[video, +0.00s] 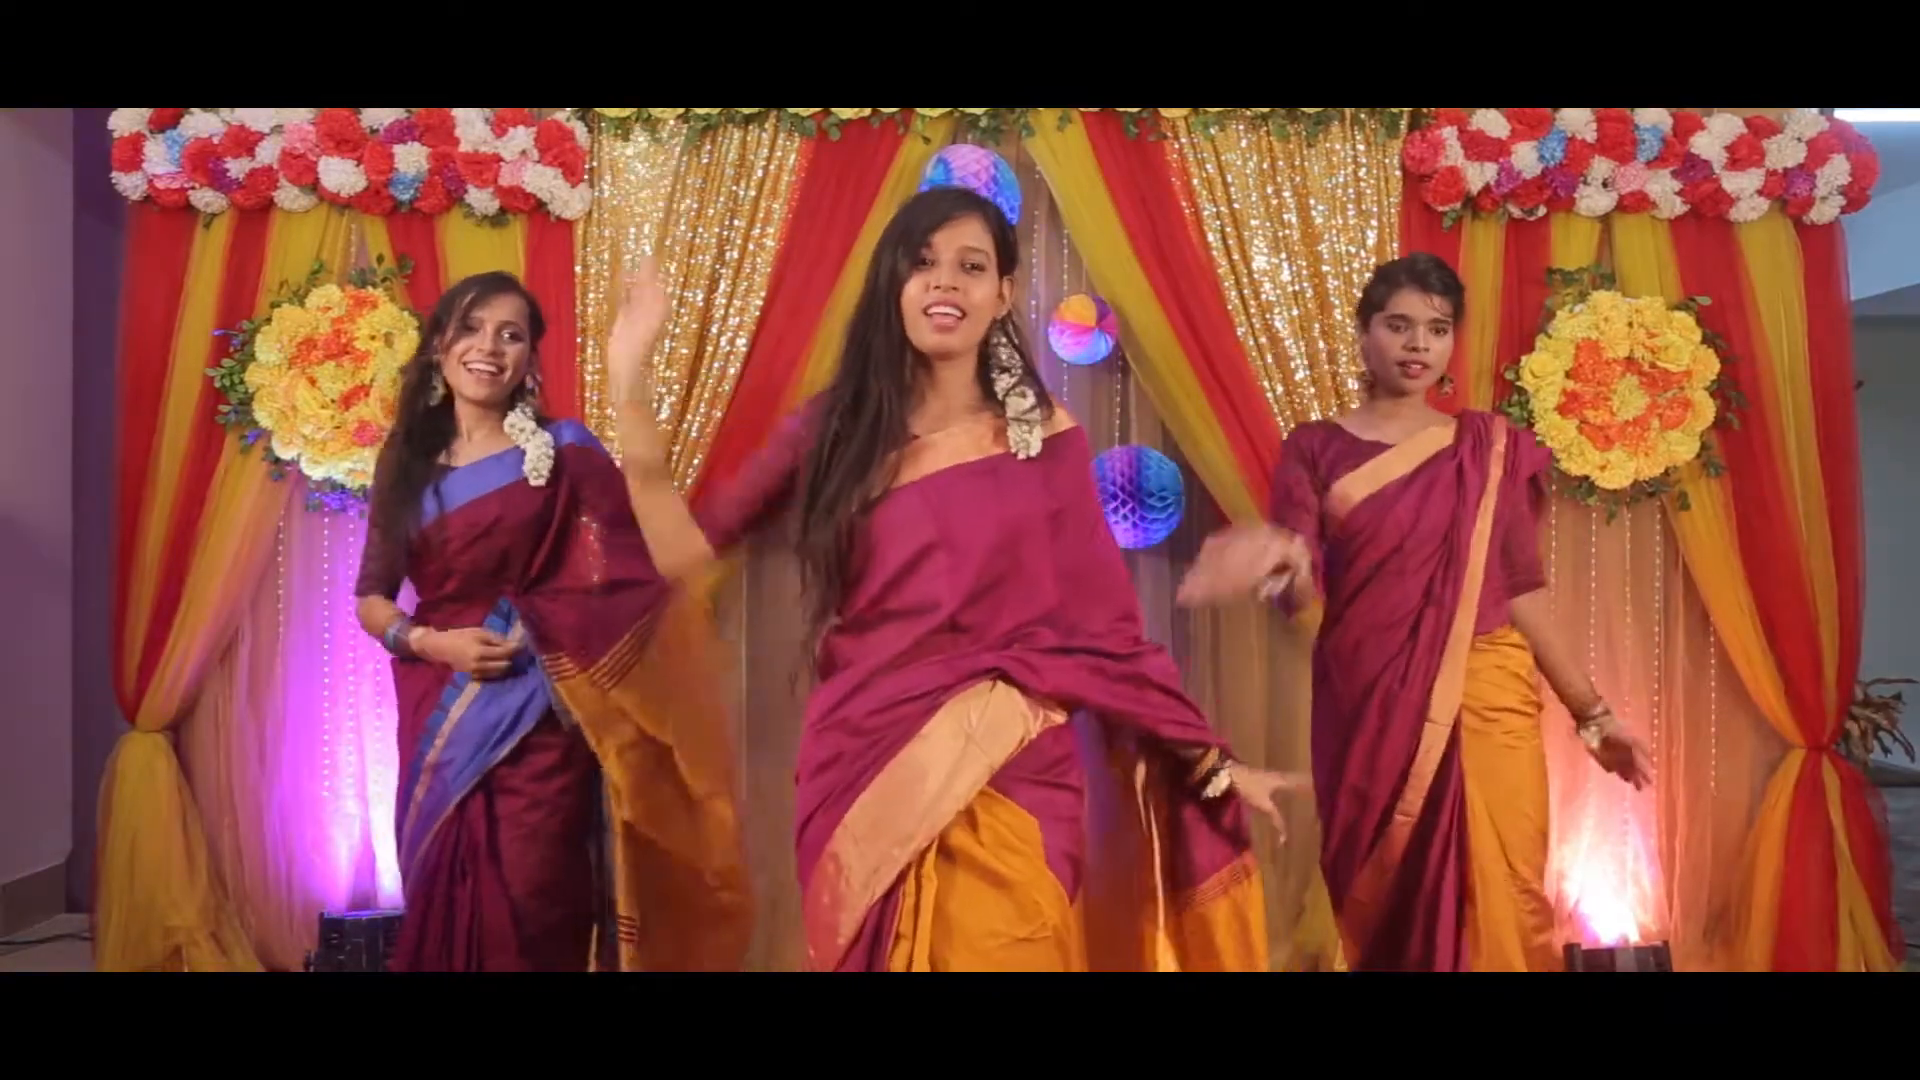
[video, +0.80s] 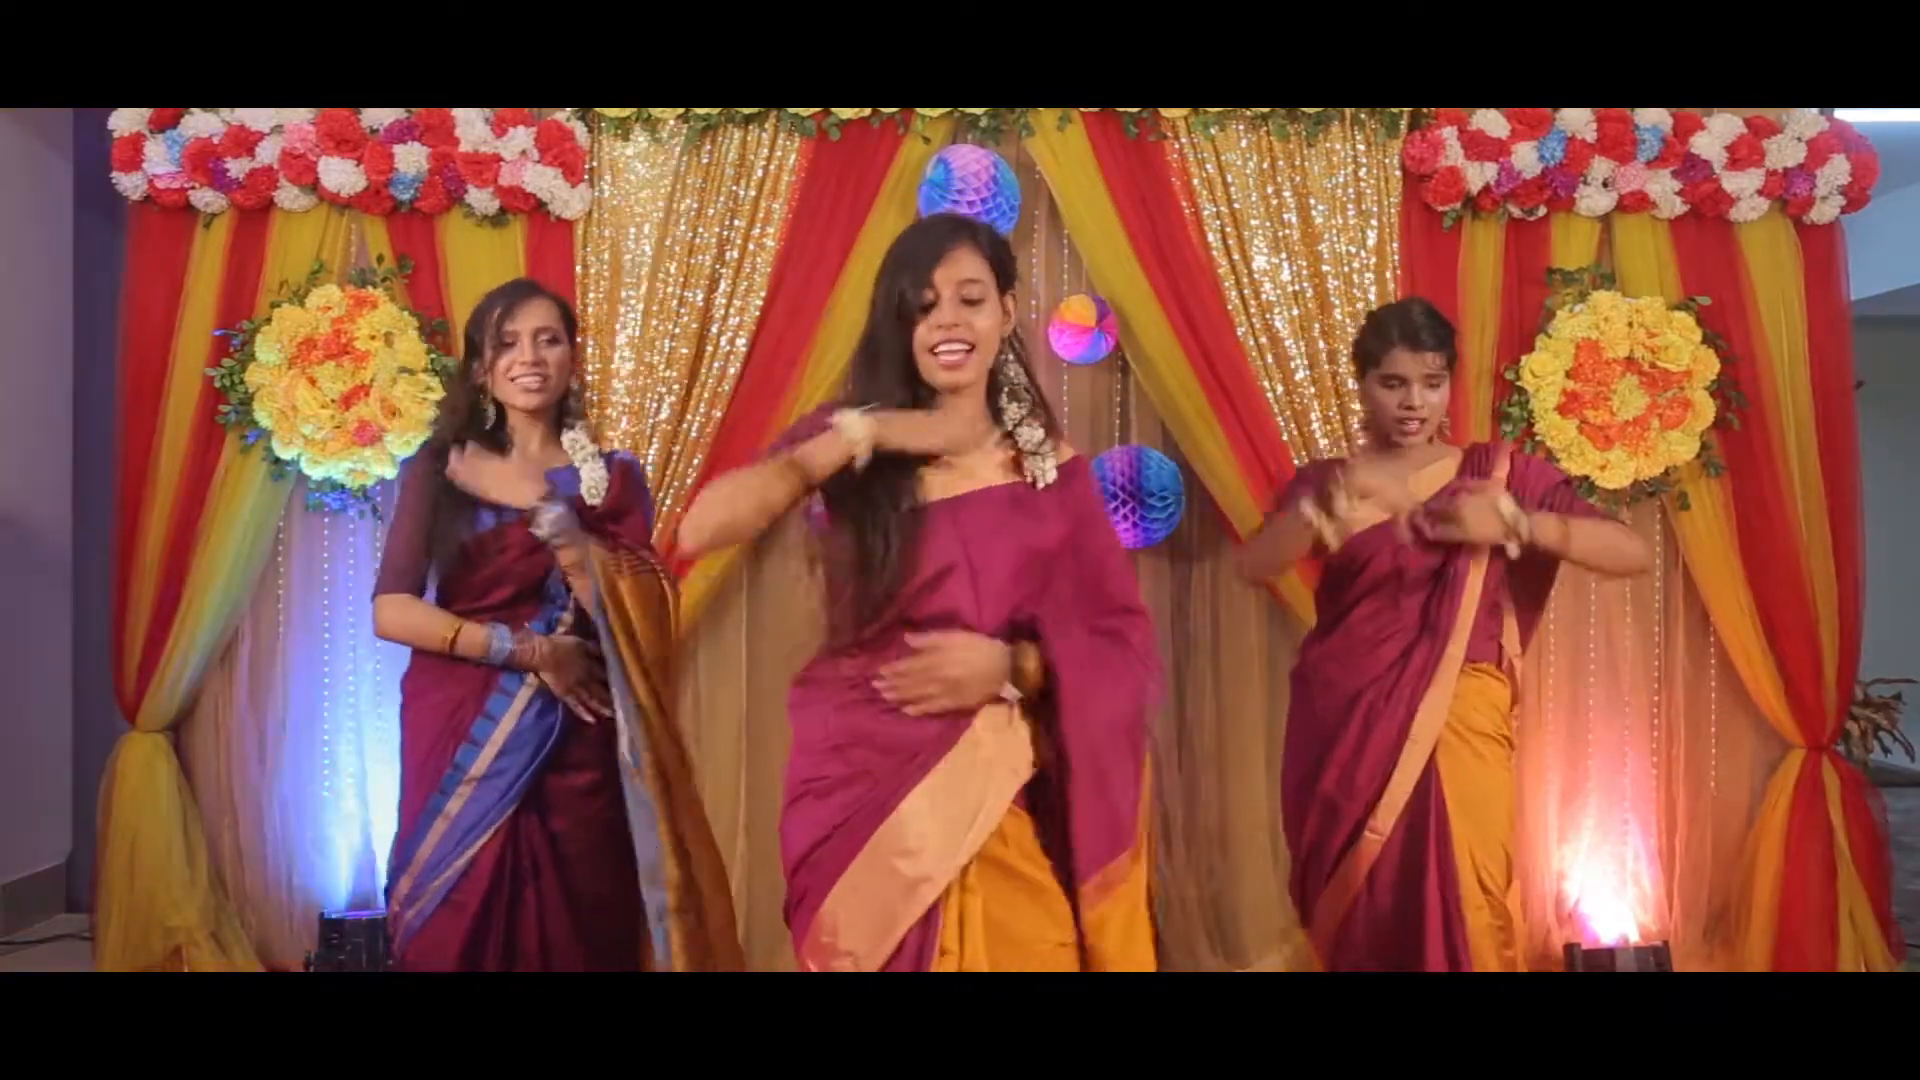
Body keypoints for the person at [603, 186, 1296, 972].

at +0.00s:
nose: (944, 285)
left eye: (972, 267)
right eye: (922, 264)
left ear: (1004, 296)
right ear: (892, 285)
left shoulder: (1044, 433)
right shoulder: (840, 427)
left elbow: (1109, 626)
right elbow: (678, 548)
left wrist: (1211, 763)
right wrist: (627, 385)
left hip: (1024, 757)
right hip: (871, 757)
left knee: (1007, 953)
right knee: (875, 956)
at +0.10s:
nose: (943, 290)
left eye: (969, 272)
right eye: (922, 268)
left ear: (1003, 301)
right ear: (889, 289)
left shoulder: (1048, 436)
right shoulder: (834, 439)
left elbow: (1109, 631)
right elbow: (772, 619)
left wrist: (1186, 782)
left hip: (1020, 764)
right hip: (866, 763)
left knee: (998, 952)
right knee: (864, 956)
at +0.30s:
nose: (930, 295)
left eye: (959, 279)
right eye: (913, 273)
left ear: (993, 308)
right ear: (880, 292)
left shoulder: (1041, 423)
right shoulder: (836, 447)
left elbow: (1103, 603)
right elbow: (793, 624)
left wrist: (1159, 739)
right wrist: (700, 520)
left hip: (1019, 752)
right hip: (868, 754)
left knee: (991, 949)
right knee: (867, 951)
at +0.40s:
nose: (932, 307)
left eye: (959, 288)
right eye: (912, 283)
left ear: (992, 313)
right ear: (879, 303)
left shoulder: (1038, 430)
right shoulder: (840, 443)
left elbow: (1102, 620)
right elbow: (766, 596)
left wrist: (1206, 757)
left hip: (1021, 749)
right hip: (871, 751)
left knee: (992, 948)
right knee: (872, 953)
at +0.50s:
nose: (936, 310)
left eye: (963, 292)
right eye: (917, 287)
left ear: (994, 311)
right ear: (883, 300)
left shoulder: (1034, 443)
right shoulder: (835, 419)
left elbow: (1091, 615)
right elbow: (762, 522)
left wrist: (1187, 718)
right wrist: (923, 454)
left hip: (1018, 749)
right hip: (871, 747)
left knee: (1007, 947)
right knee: (876, 955)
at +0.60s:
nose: (945, 317)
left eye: (969, 296)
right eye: (922, 294)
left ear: (1002, 312)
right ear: (888, 308)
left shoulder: (1037, 460)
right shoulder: (837, 407)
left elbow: (1102, 620)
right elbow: (787, 474)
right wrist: (946, 446)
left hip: (1020, 741)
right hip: (878, 734)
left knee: (1023, 936)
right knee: (881, 940)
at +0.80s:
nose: (949, 323)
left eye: (972, 300)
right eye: (925, 304)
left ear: (1008, 316)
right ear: (896, 323)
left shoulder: (1054, 473)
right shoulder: (844, 440)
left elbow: (1126, 655)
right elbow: (696, 532)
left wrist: (1007, 664)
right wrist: (855, 436)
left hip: (1003, 788)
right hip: (856, 779)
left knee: (1022, 951)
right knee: (869, 952)